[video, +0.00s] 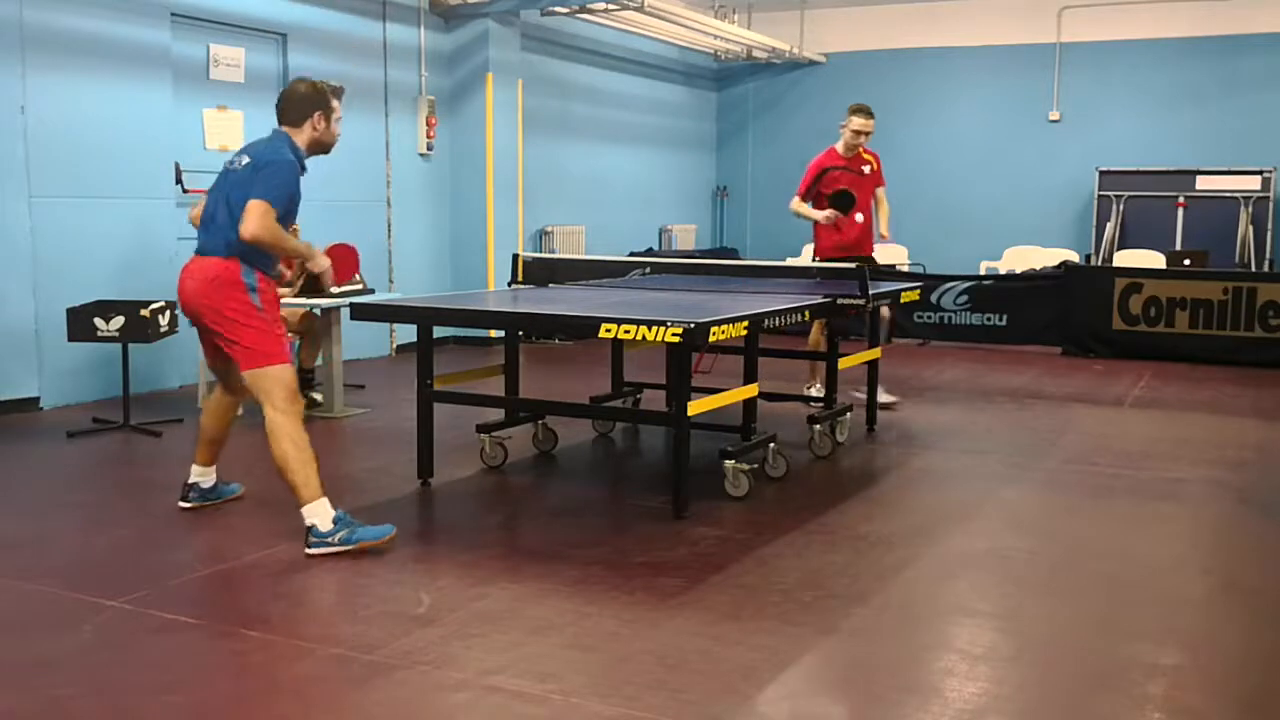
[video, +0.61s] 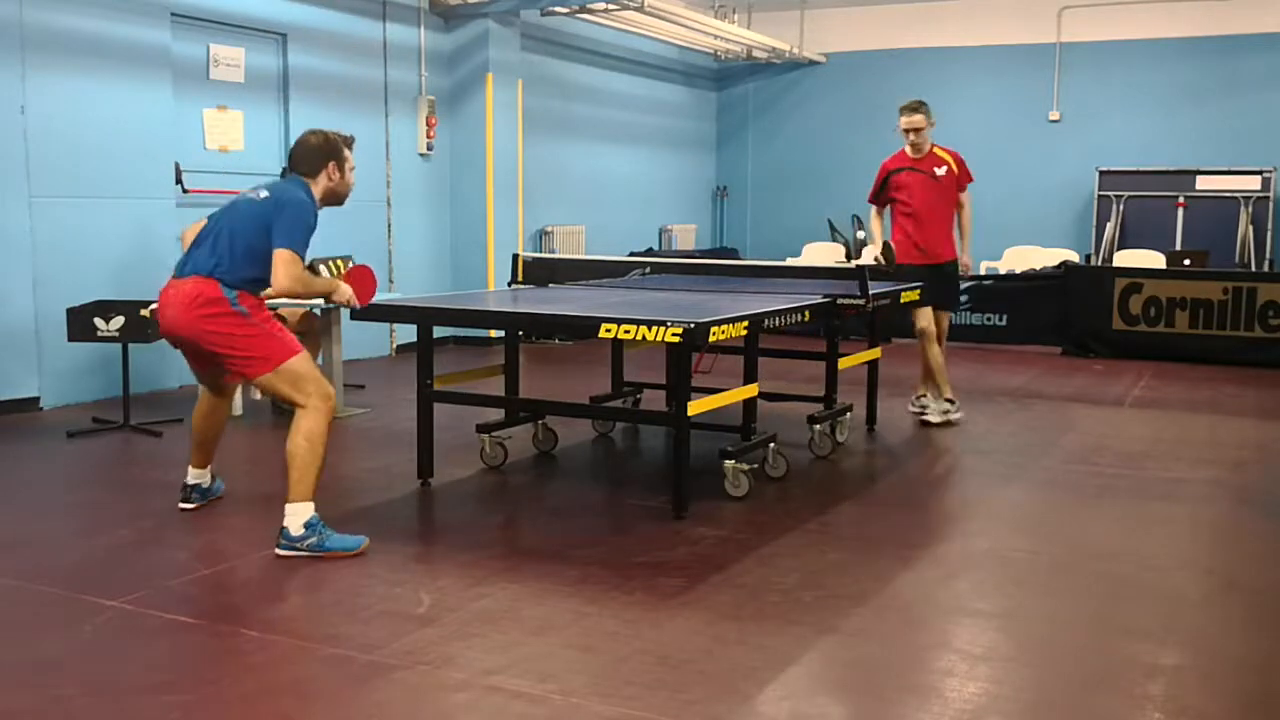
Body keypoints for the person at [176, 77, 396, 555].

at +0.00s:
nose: (340, 128)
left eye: (339, 119)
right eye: (336, 119)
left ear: (295, 120)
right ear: (315, 121)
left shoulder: (252, 152)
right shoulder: (283, 161)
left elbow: (201, 216)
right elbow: (255, 226)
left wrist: (272, 255)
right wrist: (309, 252)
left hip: (199, 278)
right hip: (233, 281)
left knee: (231, 384)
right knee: (282, 400)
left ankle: (200, 481)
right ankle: (323, 522)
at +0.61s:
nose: (353, 176)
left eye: (351, 167)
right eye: (349, 167)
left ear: (303, 169)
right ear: (329, 171)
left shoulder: (261, 194)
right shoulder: (297, 201)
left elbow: (191, 235)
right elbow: (286, 280)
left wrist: (236, 285)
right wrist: (331, 286)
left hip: (174, 300)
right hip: (213, 303)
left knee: (219, 386)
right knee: (317, 397)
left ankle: (196, 483)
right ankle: (300, 524)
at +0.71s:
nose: (355, 194)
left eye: (355, 184)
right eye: (353, 184)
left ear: (304, 183)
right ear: (333, 186)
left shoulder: (258, 206)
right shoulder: (298, 214)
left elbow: (191, 239)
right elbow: (287, 299)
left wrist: (240, 299)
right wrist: (334, 299)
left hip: (170, 309)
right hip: (208, 312)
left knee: (223, 385)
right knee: (319, 396)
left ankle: (195, 483)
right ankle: (299, 524)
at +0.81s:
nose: (354, 210)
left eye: (354, 200)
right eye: (352, 200)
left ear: (302, 196)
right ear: (334, 201)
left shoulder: (259, 218)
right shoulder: (296, 229)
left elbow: (190, 243)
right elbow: (288, 318)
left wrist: (200, 298)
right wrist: (332, 314)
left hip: (166, 317)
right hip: (201, 320)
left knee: (224, 387)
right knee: (317, 397)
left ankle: (191, 482)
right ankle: (299, 525)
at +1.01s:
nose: (349, 224)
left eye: (348, 215)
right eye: (346, 214)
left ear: (296, 211)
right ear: (327, 217)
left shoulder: (259, 229)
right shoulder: (291, 249)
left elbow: (187, 248)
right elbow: (285, 336)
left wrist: (182, 303)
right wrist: (329, 322)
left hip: (159, 328)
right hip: (188, 334)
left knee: (227, 379)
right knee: (311, 397)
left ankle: (191, 482)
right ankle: (297, 526)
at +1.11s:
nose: (345, 224)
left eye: (344, 214)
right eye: (342, 214)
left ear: (294, 211)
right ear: (323, 216)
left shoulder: (256, 230)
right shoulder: (287, 248)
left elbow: (187, 248)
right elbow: (285, 338)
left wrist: (179, 302)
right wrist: (329, 316)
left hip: (159, 329)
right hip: (187, 335)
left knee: (229, 378)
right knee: (308, 396)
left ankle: (191, 481)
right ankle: (297, 525)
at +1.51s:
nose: (340, 198)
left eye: (339, 189)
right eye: (336, 189)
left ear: (295, 192)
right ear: (315, 195)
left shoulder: (255, 216)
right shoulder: (286, 231)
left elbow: (227, 293)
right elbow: (293, 320)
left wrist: (282, 319)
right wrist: (334, 290)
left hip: (158, 318)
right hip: (190, 324)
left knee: (220, 380)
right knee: (307, 397)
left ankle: (190, 482)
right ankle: (297, 525)